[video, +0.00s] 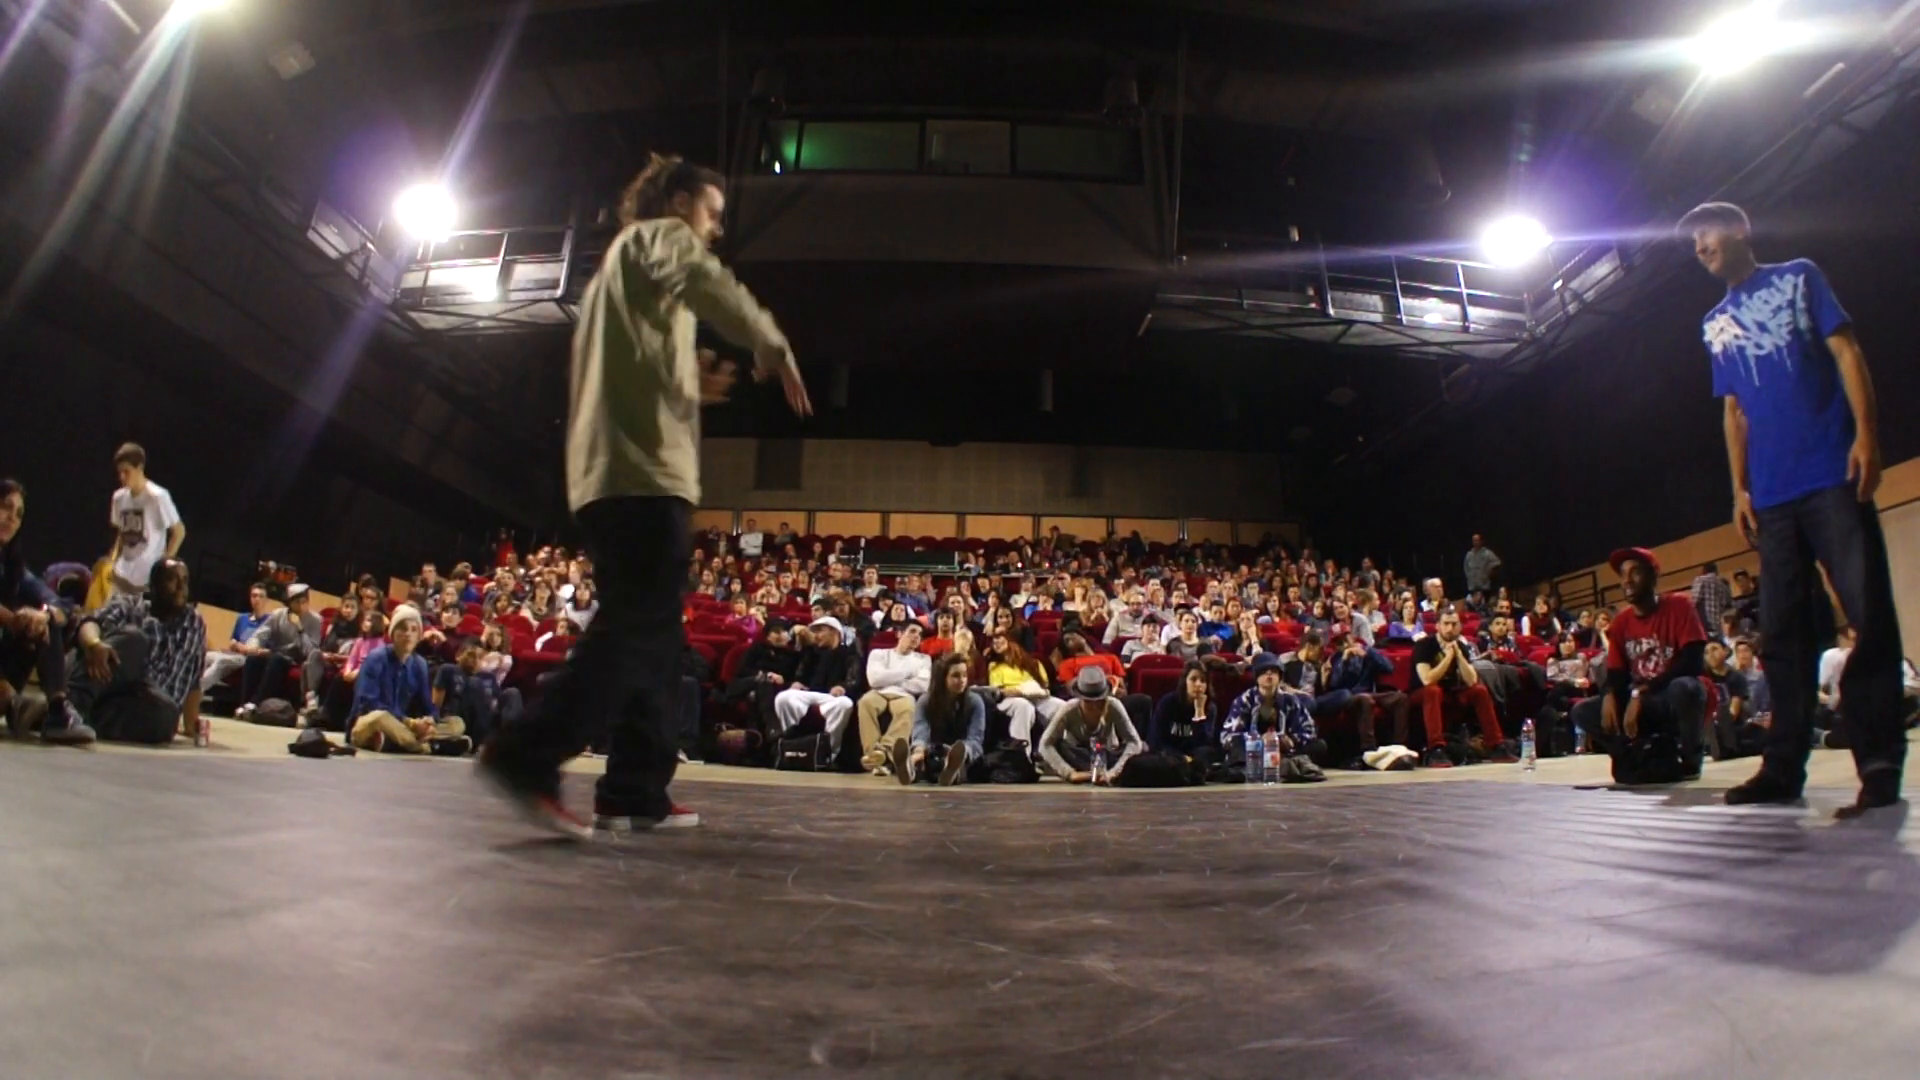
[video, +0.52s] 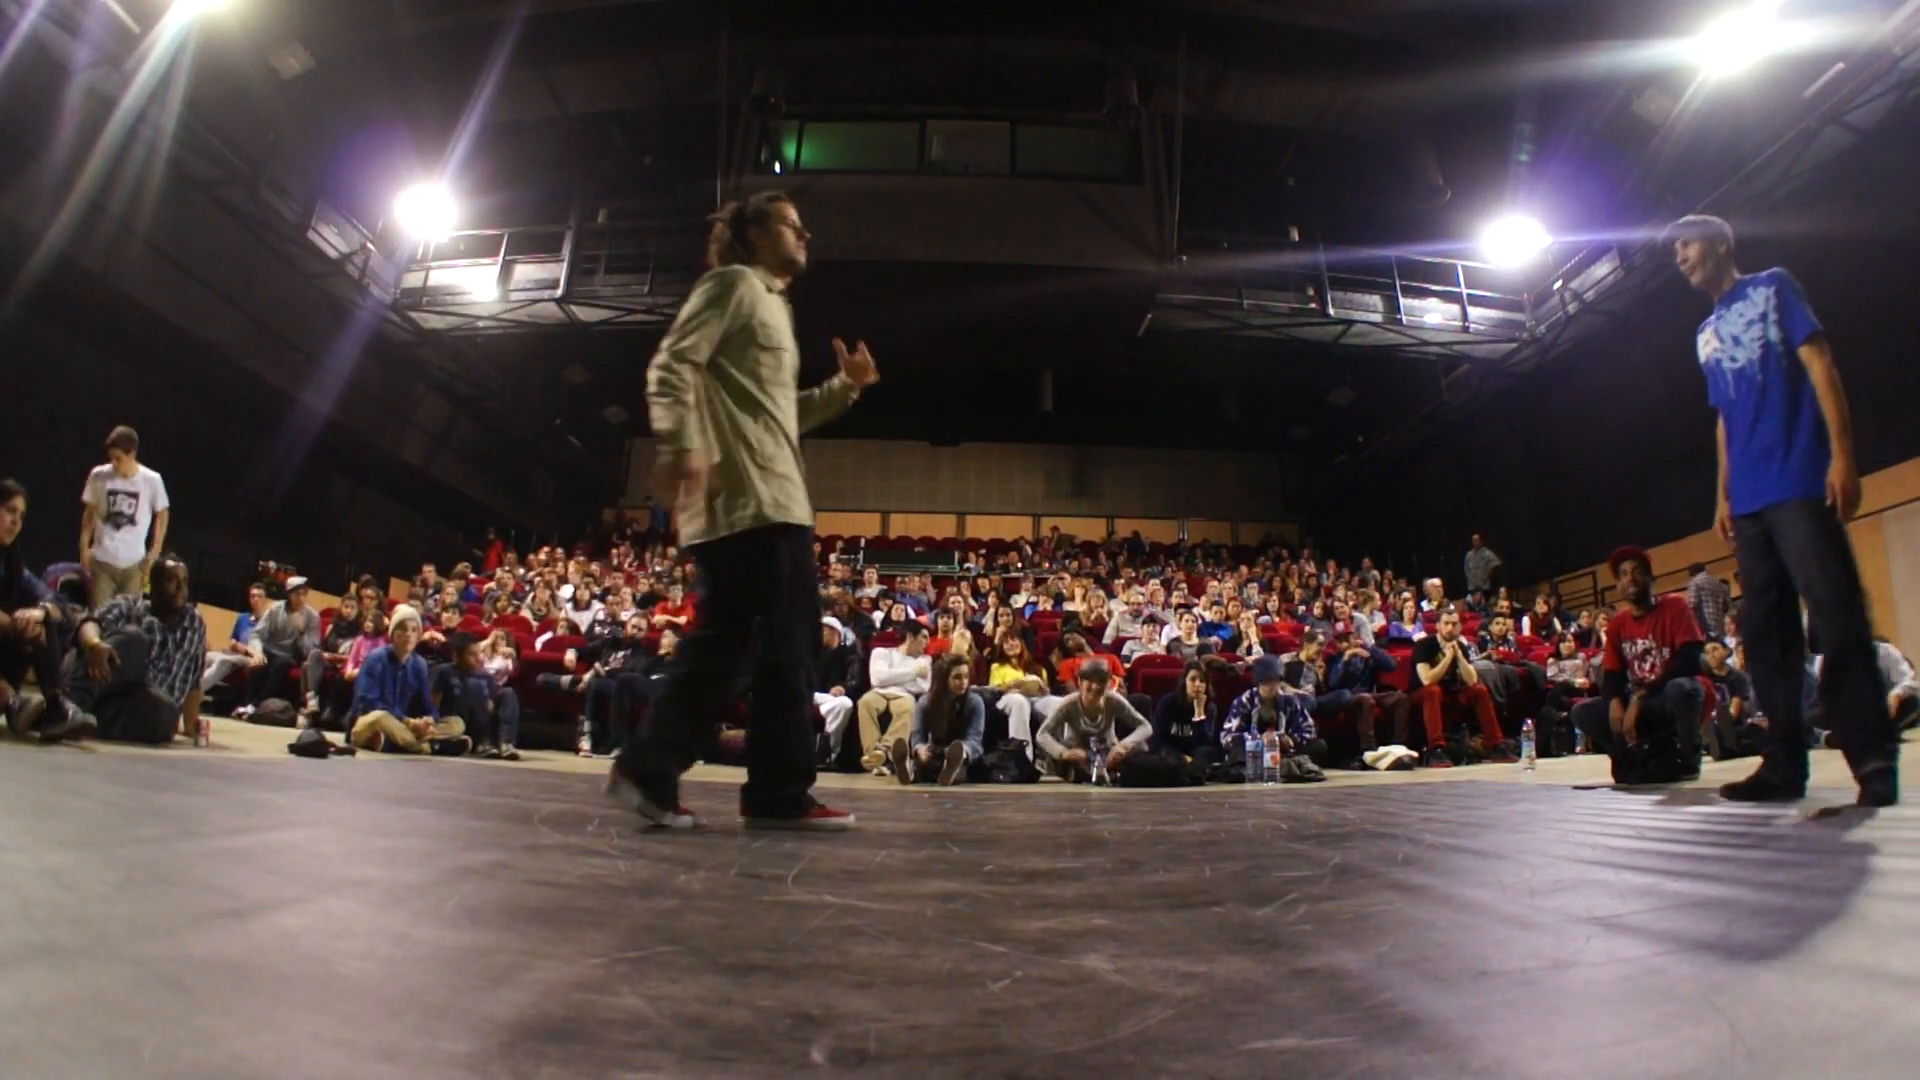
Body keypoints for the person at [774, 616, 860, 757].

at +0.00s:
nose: (816, 635)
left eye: (821, 630)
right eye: (815, 631)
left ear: (834, 633)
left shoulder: (848, 654)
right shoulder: (812, 652)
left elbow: (853, 680)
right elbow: (801, 674)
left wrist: (842, 688)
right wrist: (798, 683)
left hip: (831, 694)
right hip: (809, 691)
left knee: (844, 704)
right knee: (783, 699)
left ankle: (829, 754)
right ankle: (793, 749)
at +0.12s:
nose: (817, 635)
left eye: (821, 630)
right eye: (816, 631)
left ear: (834, 633)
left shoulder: (848, 654)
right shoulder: (812, 652)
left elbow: (853, 680)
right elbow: (801, 674)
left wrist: (842, 688)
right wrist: (798, 683)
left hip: (831, 694)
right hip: (809, 692)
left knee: (844, 704)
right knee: (783, 700)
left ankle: (829, 754)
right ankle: (793, 749)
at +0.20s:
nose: (817, 635)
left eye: (821, 630)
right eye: (816, 631)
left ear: (834, 633)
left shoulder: (848, 654)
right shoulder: (813, 652)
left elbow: (853, 680)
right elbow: (801, 674)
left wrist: (842, 688)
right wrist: (798, 683)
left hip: (831, 694)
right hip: (809, 692)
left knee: (844, 704)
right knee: (783, 699)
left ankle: (829, 754)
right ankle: (793, 749)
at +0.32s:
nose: (817, 635)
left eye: (821, 630)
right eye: (816, 631)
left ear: (833, 632)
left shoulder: (848, 654)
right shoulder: (813, 652)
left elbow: (853, 681)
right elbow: (801, 674)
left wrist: (843, 688)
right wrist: (797, 683)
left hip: (830, 694)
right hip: (808, 692)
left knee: (844, 704)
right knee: (791, 698)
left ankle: (829, 753)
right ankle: (785, 747)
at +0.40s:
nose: (818, 635)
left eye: (822, 631)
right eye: (818, 631)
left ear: (834, 633)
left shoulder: (848, 653)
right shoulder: (815, 653)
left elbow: (854, 679)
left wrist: (842, 687)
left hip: (834, 694)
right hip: (816, 693)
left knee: (844, 704)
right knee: (843, 704)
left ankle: (828, 752)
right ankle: (829, 753)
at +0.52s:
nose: (822, 634)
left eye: (825, 630)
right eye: (821, 630)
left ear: (835, 634)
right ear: (821, 633)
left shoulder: (848, 653)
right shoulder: (816, 653)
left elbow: (854, 680)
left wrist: (843, 687)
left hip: (834, 695)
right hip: (814, 693)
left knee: (845, 704)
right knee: (842, 704)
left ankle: (828, 752)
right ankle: (830, 754)